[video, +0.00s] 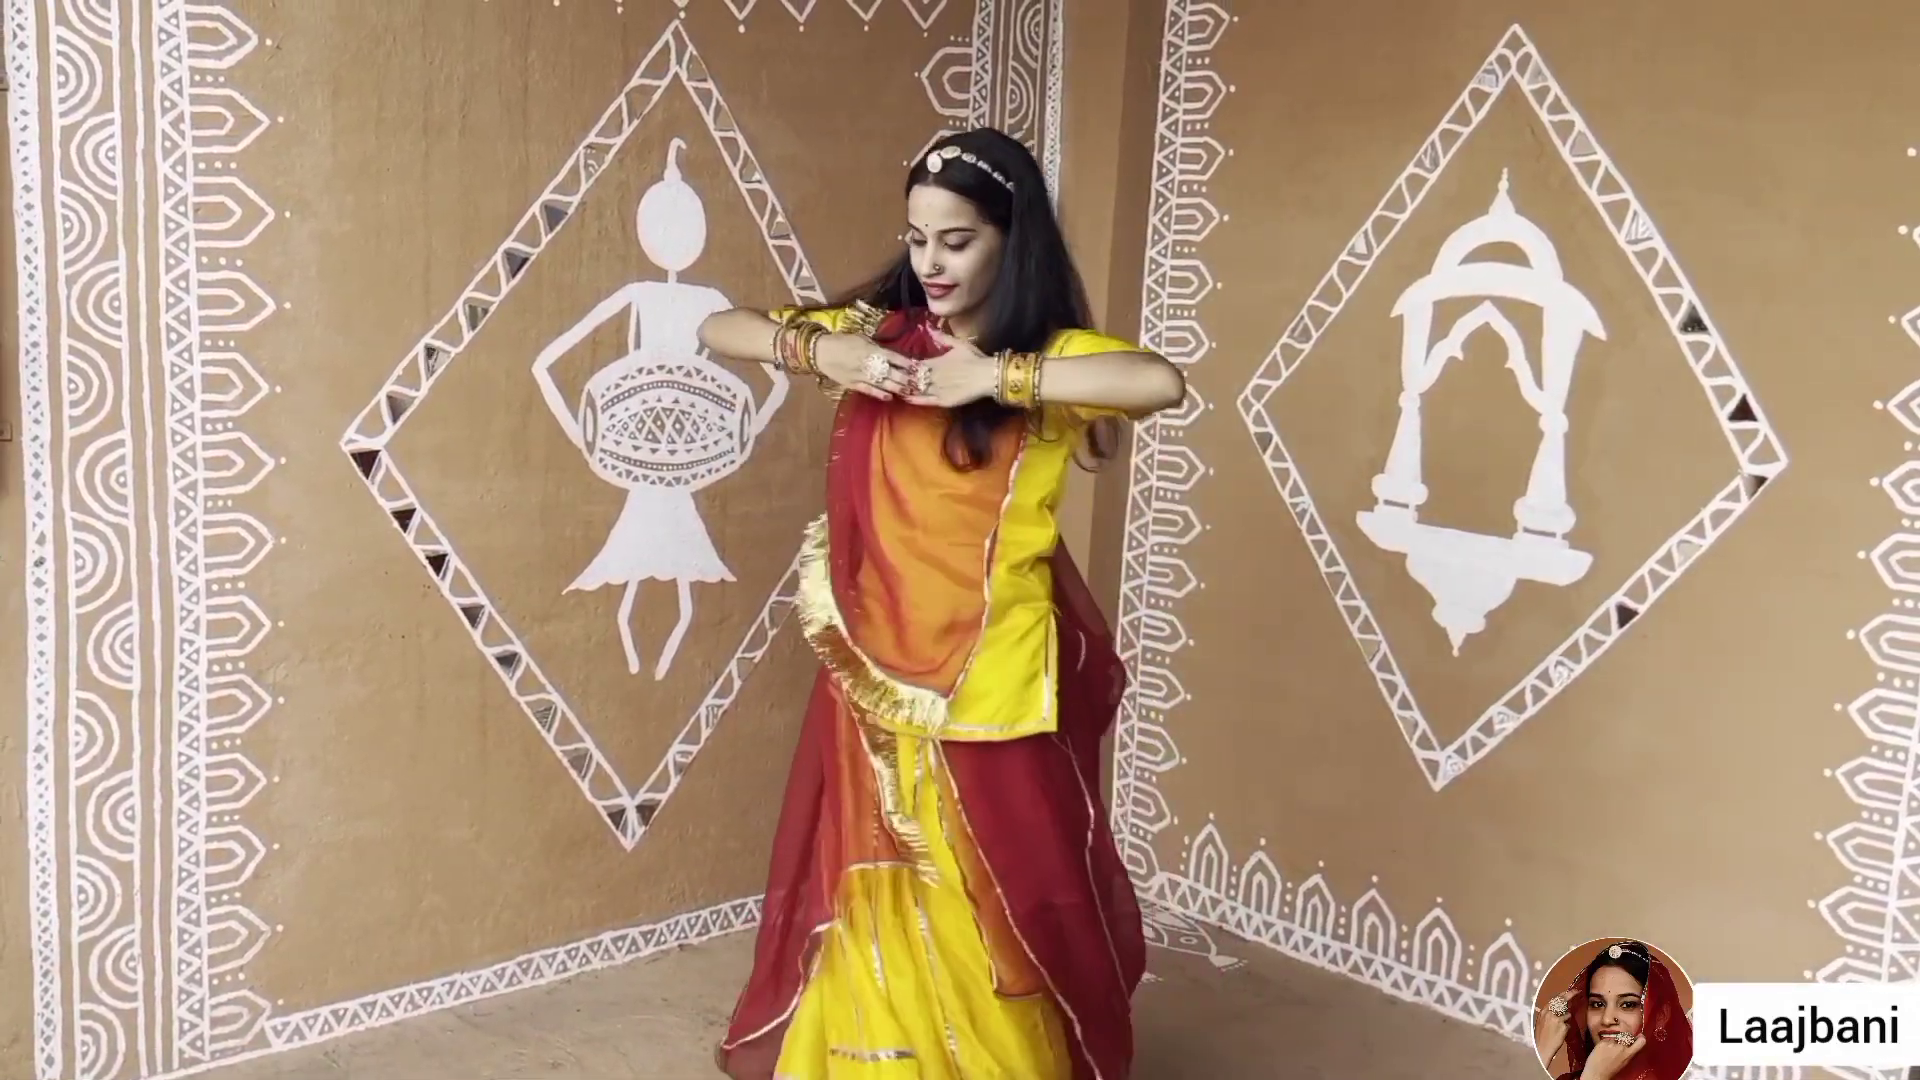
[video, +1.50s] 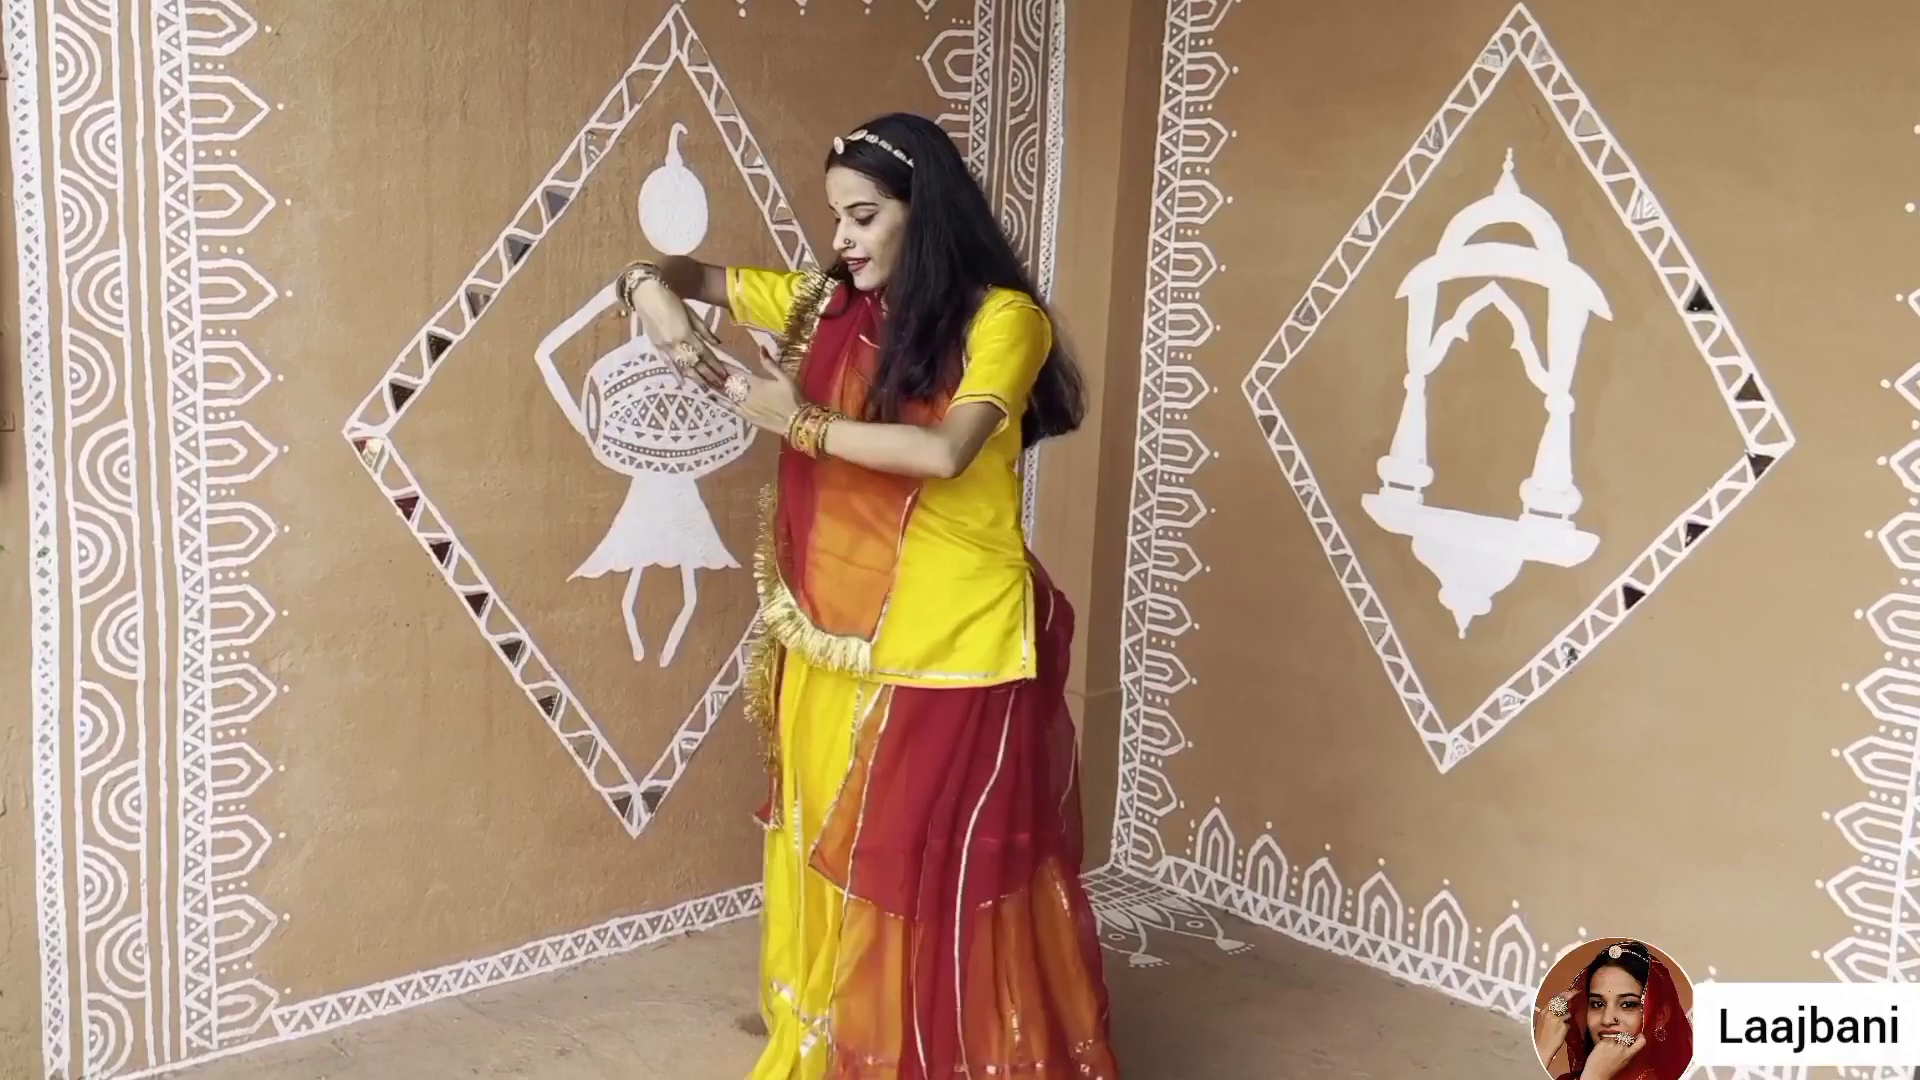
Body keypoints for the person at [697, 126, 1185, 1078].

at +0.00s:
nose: (931, 262)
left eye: (954, 240)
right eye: (918, 239)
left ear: (1012, 238)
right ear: (904, 240)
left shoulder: (1050, 354)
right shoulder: (876, 327)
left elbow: (1161, 384)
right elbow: (721, 330)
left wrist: (991, 376)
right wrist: (821, 350)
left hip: (994, 696)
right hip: (868, 679)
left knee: (990, 948)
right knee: (859, 933)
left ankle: (1003, 1065)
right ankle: (859, 1065)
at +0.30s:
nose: (864, 283)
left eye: (888, 262)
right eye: (858, 259)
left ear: (951, 267)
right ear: (853, 260)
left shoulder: (989, 384)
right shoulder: (855, 380)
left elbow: (992, 499)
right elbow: (741, 446)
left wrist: (853, 541)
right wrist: (754, 512)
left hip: (937, 716)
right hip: (838, 707)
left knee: (908, 958)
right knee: (769, 933)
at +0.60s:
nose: (769, 279)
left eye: (795, 257)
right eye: (767, 257)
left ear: (862, 268)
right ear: (774, 267)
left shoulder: (896, 384)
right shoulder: (789, 389)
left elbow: (779, 509)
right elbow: (671, 488)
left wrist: (648, 599)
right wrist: (597, 579)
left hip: (942, 694)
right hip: (849, 699)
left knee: (907, 945)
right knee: (776, 930)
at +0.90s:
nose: (763, 298)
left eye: (786, 277)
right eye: (760, 276)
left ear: (850, 286)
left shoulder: (889, 389)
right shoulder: (795, 397)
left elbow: (761, 500)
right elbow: (671, 495)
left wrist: (613, 580)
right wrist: (578, 569)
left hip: (953, 688)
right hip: (863, 688)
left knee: (891, 936)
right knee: (790, 922)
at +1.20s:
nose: (819, 264)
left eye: (842, 242)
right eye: (813, 243)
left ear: (905, 243)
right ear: (814, 248)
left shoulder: (951, 350)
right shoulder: (838, 357)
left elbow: (901, 455)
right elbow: (730, 410)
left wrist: (804, 512)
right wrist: (716, 473)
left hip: (947, 661)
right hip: (843, 657)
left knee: (918, 891)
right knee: (802, 881)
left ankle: (920, 1066)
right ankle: (801, 1058)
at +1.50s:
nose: (844, 242)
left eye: (862, 219)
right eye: (837, 221)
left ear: (926, 211)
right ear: (835, 218)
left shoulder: (1004, 317)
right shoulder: (831, 302)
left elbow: (947, 452)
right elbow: (667, 276)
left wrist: (801, 422)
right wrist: (660, 301)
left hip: (961, 656)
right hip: (838, 645)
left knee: (931, 879)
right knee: (835, 875)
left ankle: (941, 1061)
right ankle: (834, 1055)